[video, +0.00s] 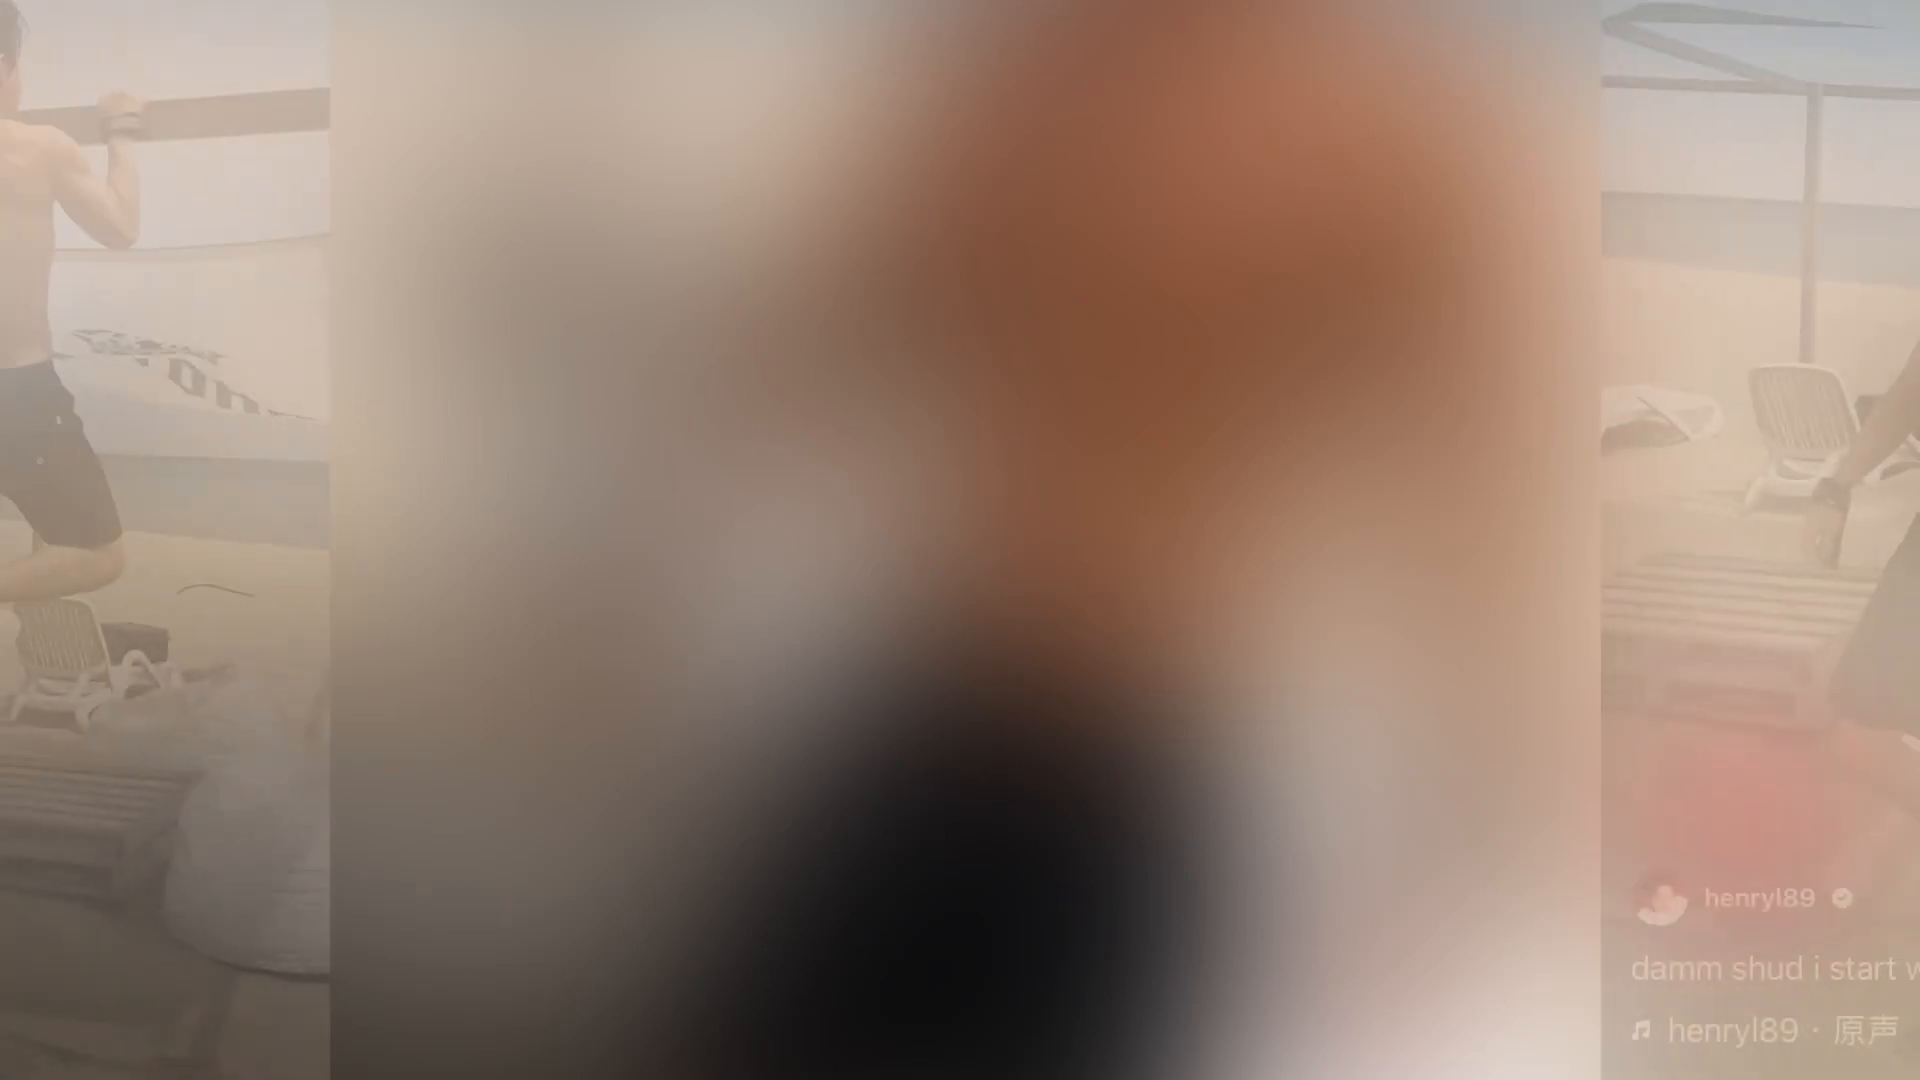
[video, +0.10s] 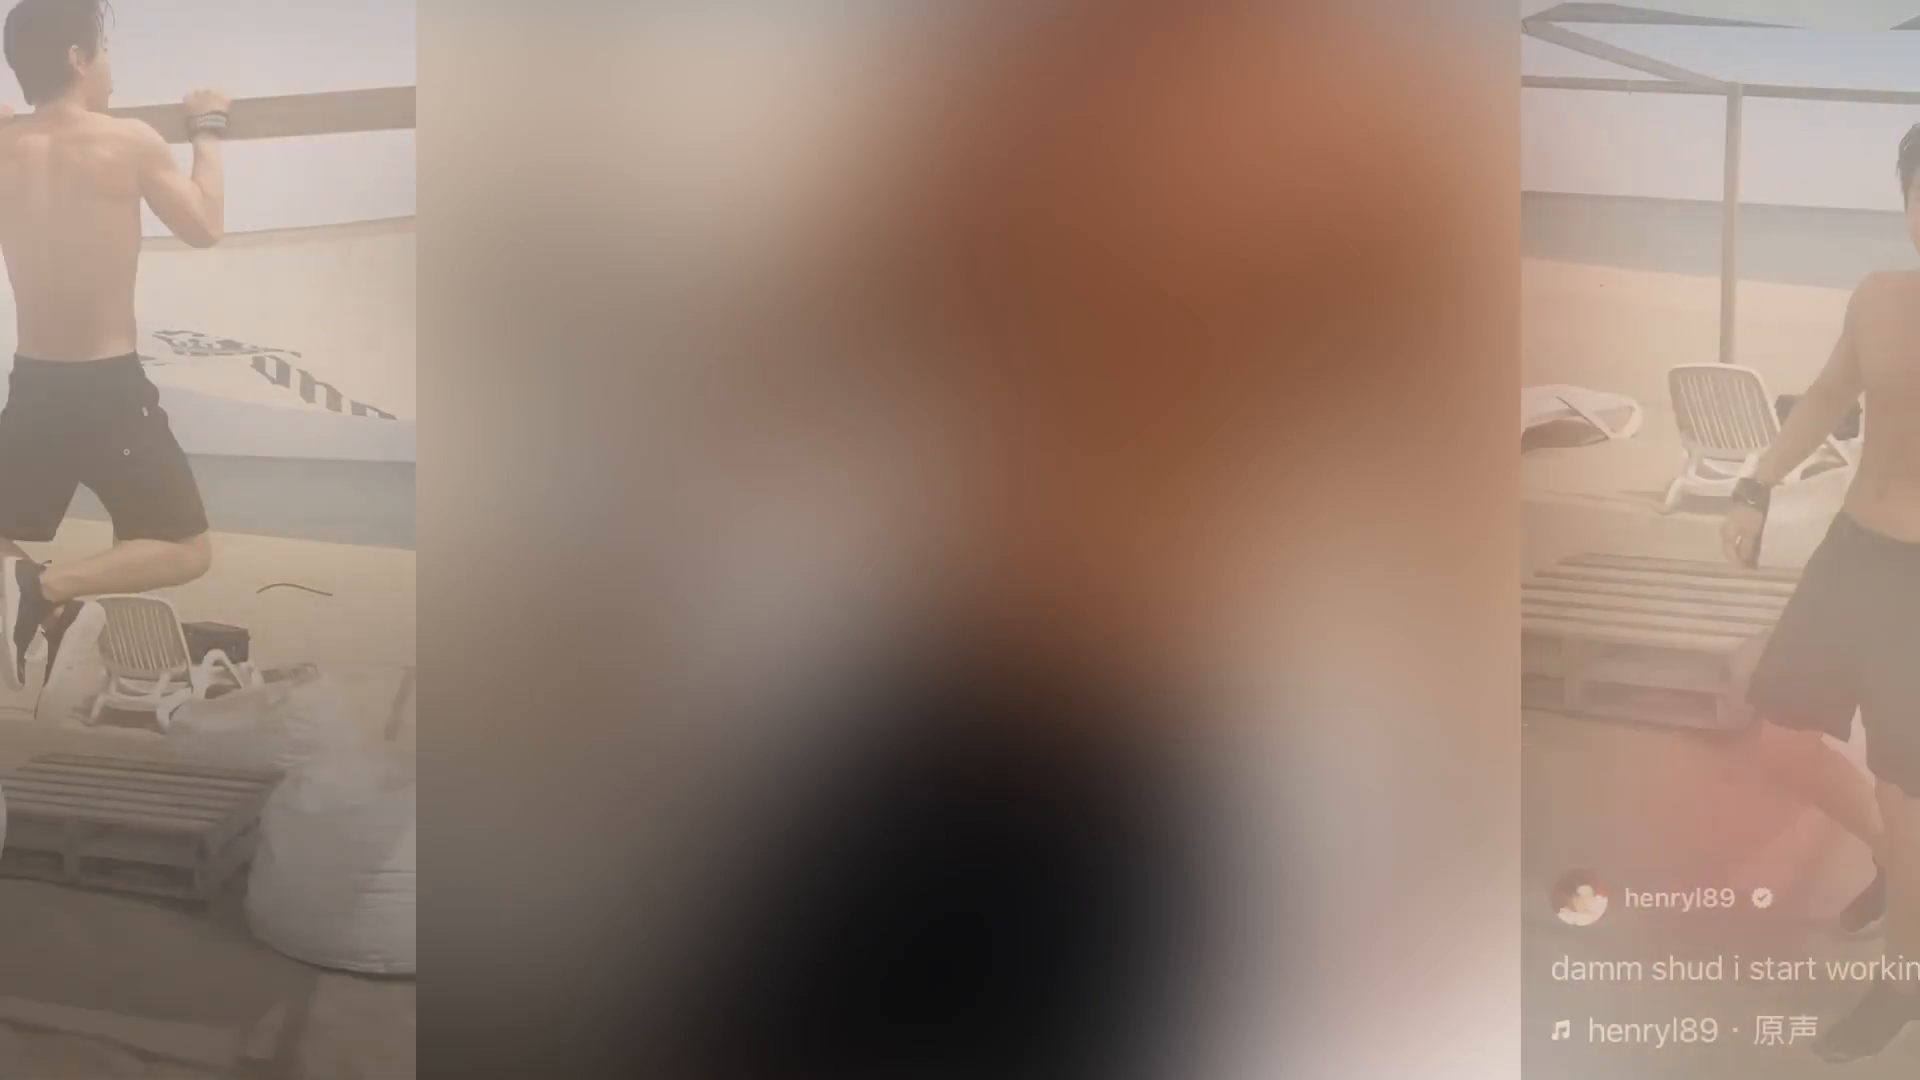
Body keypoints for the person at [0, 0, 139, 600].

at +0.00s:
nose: (18, 80)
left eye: (14, 65)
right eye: (15, 65)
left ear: (9, 68)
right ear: (7, 68)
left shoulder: (37, 148)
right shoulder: (37, 147)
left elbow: (118, 228)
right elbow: (120, 229)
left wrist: (120, 138)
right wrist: (123, 136)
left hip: (18, 379)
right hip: (17, 381)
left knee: (53, 549)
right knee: (98, 556)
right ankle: (0, 587)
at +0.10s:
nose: (110, 66)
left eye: (107, 51)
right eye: (103, 52)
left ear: (28, 63)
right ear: (77, 60)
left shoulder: (5, 139)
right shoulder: (129, 142)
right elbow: (205, 226)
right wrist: (208, 132)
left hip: (29, 392)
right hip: (112, 393)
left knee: (7, 536)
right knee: (186, 550)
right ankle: (49, 583)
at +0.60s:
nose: (454, 193)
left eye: (449, 180)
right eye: (449, 181)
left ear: (373, 204)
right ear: (431, 199)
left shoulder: (358, 282)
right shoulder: (484, 267)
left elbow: (332, 238)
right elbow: (572, 240)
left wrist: (328, 152)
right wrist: (564, 137)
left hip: (411, 503)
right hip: (487, 504)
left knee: (374, 635)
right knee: (551, 656)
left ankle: (421, 722)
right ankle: (413, 690)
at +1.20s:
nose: (529, 248)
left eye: (522, 238)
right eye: (523, 239)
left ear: (443, 269)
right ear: (518, 259)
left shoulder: (433, 345)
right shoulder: (564, 333)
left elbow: (405, 270)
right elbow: (651, 272)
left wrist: (393, 178)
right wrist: (641, 161)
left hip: (502, 571)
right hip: (583, 570)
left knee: (455, 709)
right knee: (657, 736)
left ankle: (517, 806)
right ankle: (511, 774)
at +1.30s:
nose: (520, 229)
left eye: (515, 215)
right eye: (517, 216)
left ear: (428, 239)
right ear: (506, 232)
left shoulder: (416, 323)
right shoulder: (552, 313)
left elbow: (394, 268)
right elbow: (648, 272)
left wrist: (385, 176)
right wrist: (637, 160)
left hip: (490, 558)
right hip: (575, 556)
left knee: (448, 703)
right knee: (656, 716)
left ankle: (508, 780)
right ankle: (506, 744)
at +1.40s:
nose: (508, 191)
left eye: (502, 180)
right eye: (506, 180)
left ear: (417, 200)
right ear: (496, 194)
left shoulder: (398, 293)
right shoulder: (539, 280)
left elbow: (376, 272)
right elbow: (643, 272)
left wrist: (374, 181)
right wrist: (630, 160)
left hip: (474, 537)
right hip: (560, 533)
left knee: (439, 687)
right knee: (650, 694)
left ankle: (511, 764)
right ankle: (498, 716)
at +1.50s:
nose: (501, 150)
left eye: (496, 139)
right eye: (496, 139)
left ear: (405, 165)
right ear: (489, 153)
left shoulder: (383, 254)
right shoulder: (528, 243)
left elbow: (357, 285)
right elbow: (632, 274)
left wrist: (361, 178)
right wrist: (619, 163)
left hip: (454, 512)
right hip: (542, 508)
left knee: (423, 675)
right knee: (639, 673)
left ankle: (498, 749)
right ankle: (483, 707)